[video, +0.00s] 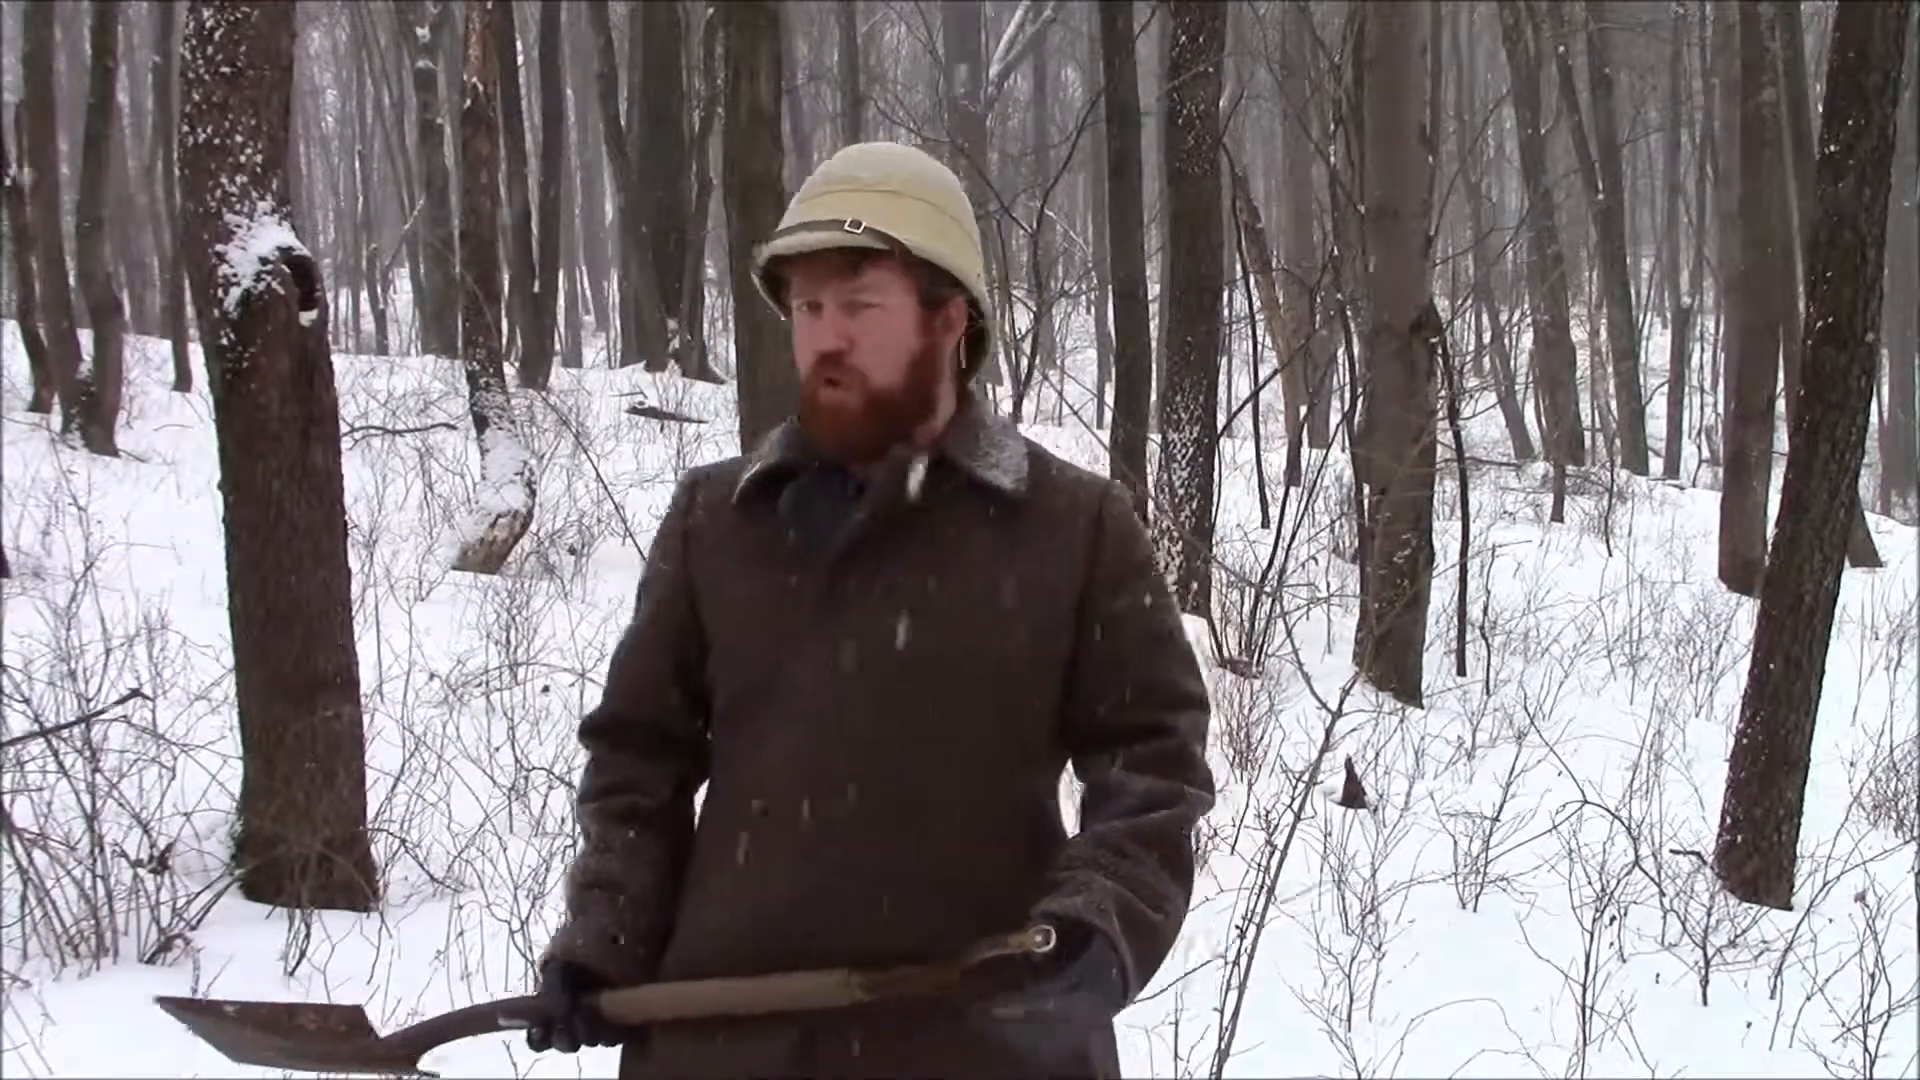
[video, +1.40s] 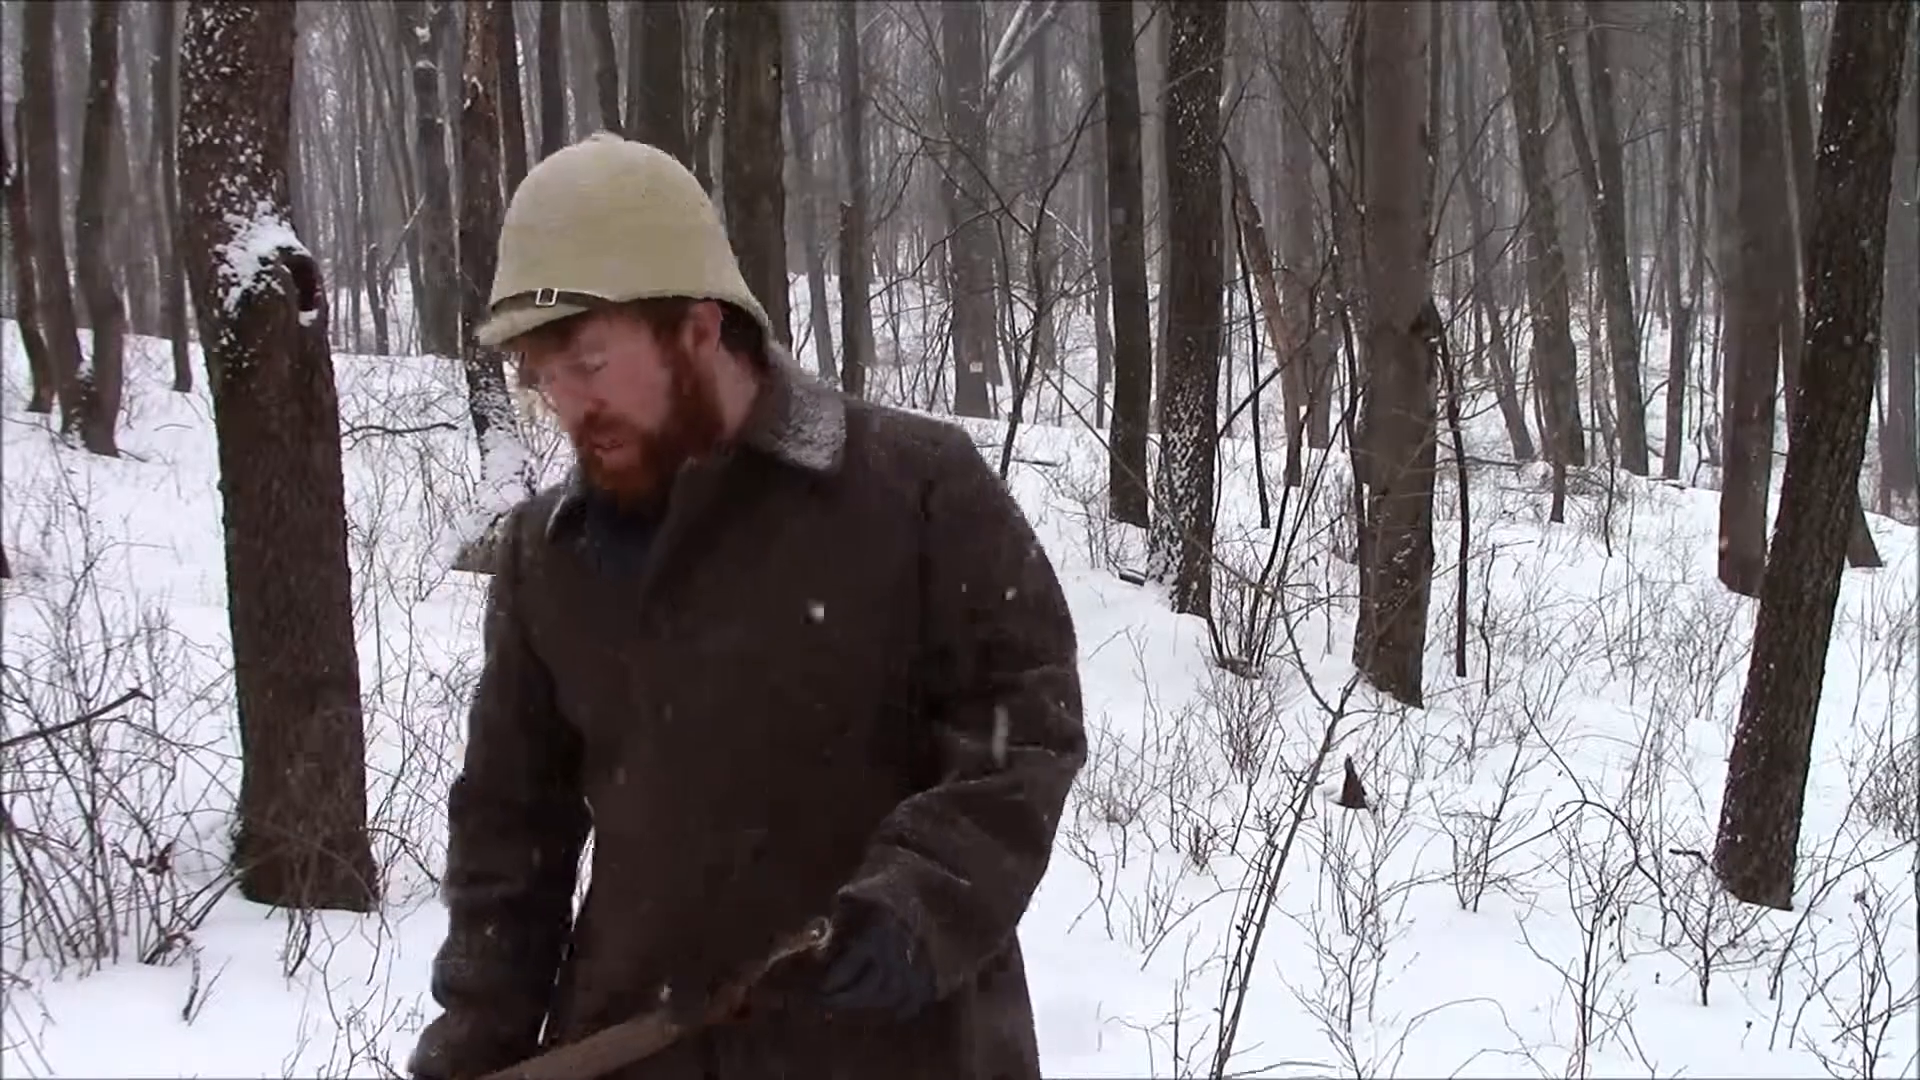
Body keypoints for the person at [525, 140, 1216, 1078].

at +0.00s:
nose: (822, 340)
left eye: (857, 301)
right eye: (804, 308)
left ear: (950, 318)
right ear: (784, 321)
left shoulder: (1076, 528)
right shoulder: (712, 519)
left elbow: (1154, 762)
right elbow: (638, 752)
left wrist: (1101, 921)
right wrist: (602, 939)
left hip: (976, 1038)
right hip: (717, 1040)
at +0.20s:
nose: (738, 363)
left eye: (774, 324)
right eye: (718, 329)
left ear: (864, 339)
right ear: (695, 343)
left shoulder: (991, 556)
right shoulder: (614, 540)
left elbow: (1068, 826)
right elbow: (539, 800)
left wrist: (1005, 985)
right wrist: (500, 1023)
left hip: (879, 1048)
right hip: (625, 1051)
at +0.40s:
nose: (645, 344)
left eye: (680, 305)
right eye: (619, 308)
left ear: (766, 312)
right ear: (588, 318)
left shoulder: (898, 512)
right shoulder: (501, 510)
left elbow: (979, 750)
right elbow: (418, 771)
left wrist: (944, 923)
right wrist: (390, 1012)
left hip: (833, 1043)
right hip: (563, 1045)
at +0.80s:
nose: (521, 336)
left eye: (551, 289)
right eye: (497, 302)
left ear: (653, 278)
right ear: (476, 313)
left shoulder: (834, 485)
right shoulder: (428, 519)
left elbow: (943, 711)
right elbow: (362, 785)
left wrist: (946, 884)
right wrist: (372, 1005)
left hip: (806, 1040)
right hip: (530, 1052)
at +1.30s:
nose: (547, 364)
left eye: (574, 320)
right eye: (525, 332)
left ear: (681, 293)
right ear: (508, 337)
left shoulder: (887, 474)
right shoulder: (501, 533)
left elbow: (981, 705)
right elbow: (459, 805)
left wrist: (864, 865)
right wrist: (428, 1027)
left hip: (852, 1044)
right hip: (589, 1044)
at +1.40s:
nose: (567, 411)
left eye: (586, 364)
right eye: (542, 380)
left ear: (697, 322)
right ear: (528, 382)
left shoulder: (922, 489)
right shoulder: (548, 558)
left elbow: (1025, 730)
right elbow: (509, 824)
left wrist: (920, 903)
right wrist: (476, 1035)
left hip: (890, 1043)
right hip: (631, 1046)